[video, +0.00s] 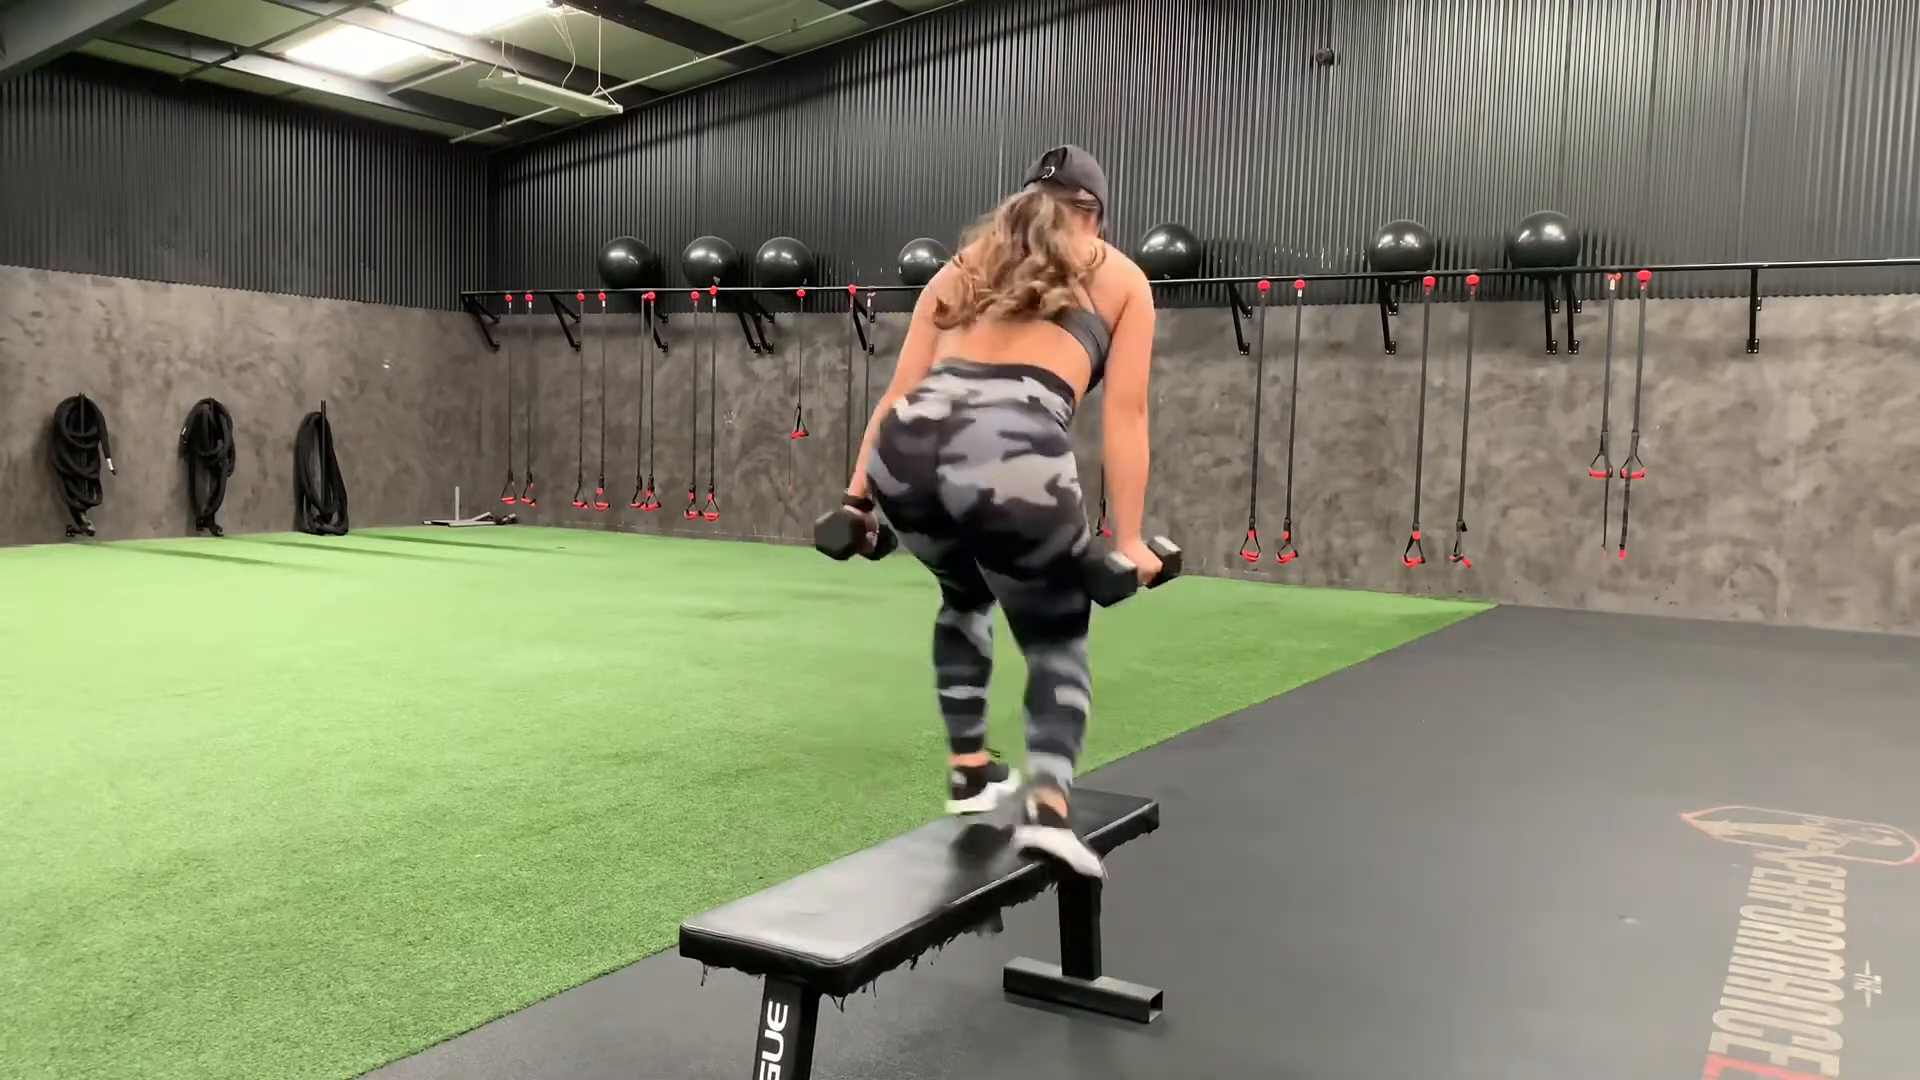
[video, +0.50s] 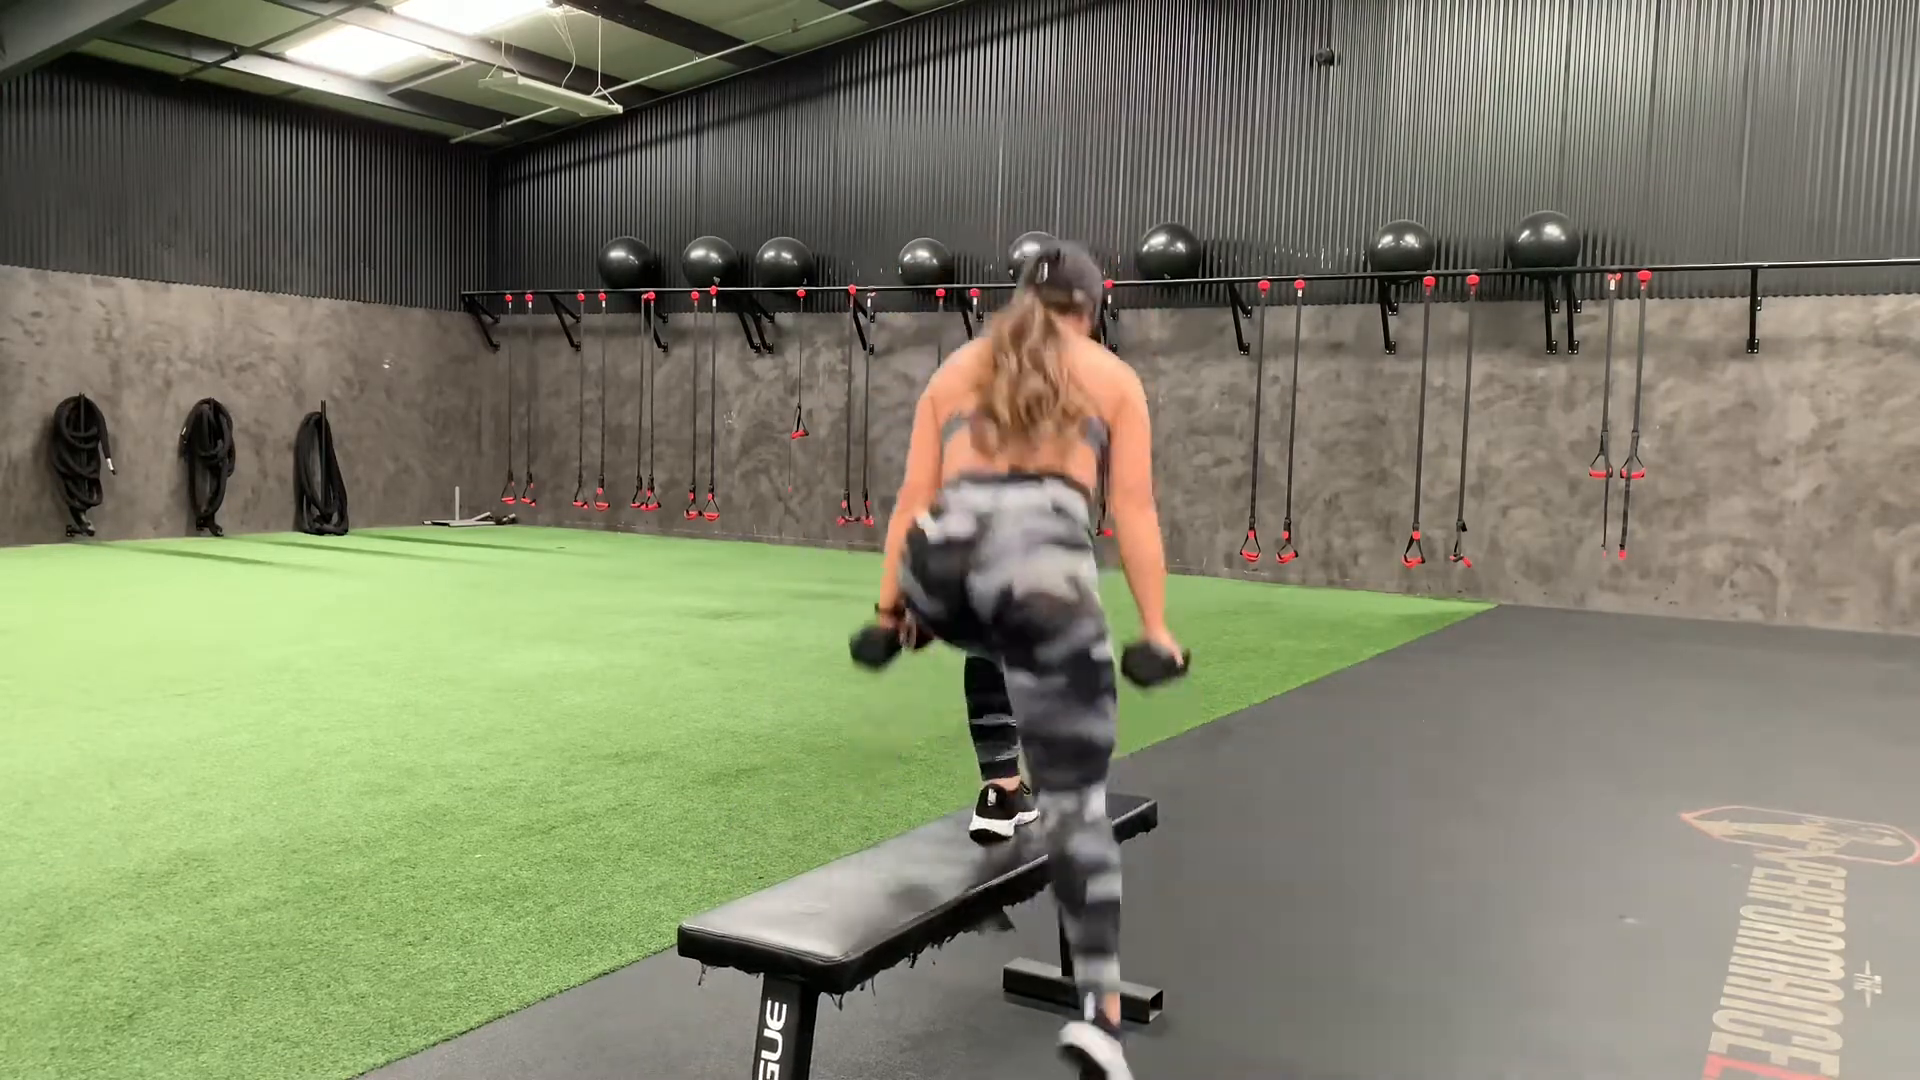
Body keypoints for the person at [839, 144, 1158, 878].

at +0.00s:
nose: (1098, 227)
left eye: (1095, 217)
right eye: (1098, 217)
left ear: (1022, 206)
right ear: (1093, 213)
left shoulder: (961, 266)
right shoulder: (1121, 277)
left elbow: (902, 390)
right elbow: (1126, 415)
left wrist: (858, 492)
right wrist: (1129, 538)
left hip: (907, 452)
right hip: (1014, 456)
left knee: (963, 594)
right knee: (1055, 635)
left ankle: (968, 773)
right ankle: (1049, 803)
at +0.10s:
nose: (1105, 263)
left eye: (1095, 248)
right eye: (1103, 251)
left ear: (1011, 251)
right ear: (1094, 253)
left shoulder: (954, 314)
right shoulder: (1124, 320)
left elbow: (910, 432)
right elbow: (1128, 454)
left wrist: (866, 538)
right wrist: (1144, 583)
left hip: (931, 506)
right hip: (1043, 507)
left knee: (984, 626)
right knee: (1065, 739)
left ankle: (997, 794)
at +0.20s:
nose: (1106, 341)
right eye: (1104, 327)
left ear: (1014, 327)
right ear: (1098, 330)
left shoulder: (959, 402)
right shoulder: (1127, 410)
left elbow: (912, 526)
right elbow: (1143, 548)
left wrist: (871, 634)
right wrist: (1165, 670)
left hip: (956, 618)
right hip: (1061, 623)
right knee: (1073, 849)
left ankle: (998, 785)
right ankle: (1089, 1057)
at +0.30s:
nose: (1083, 422)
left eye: (1071, 409)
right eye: (1088, 410)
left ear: (1016, 403)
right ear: (1089, 411)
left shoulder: (967, 481)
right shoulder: (1127, 490)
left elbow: (912, 611)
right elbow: (1155, 633)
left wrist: (878, 711)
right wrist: (1179, 752)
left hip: (972, 705)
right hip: (1079, 712)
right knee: (1086, 929)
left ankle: (1002, 792)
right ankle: (1083, 1070)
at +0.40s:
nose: (1093, 395)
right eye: (1095, 384)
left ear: (1020, 376)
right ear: (1089, 382)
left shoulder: (963, 444)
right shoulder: (1121, 458)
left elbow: (916, 578)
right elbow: (1148, 599)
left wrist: (887, 686)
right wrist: (1173, 717)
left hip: (968, 649)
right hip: (1073, 658)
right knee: (1071, 873)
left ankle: (1001, 785)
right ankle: (1078, 1058)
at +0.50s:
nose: (1099, 316)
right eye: (1099, 304)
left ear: (1015, 297)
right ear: (1088, 307)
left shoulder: (955, 371)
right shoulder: (1112, 378)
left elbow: (916, 499)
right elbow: (1133, 510)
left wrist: (890, 604)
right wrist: (1155, 626)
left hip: (944, 567)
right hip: (1049, 575)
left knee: (983, 629)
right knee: (1074, 797)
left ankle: (1006, 779)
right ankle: (1101, 1009)